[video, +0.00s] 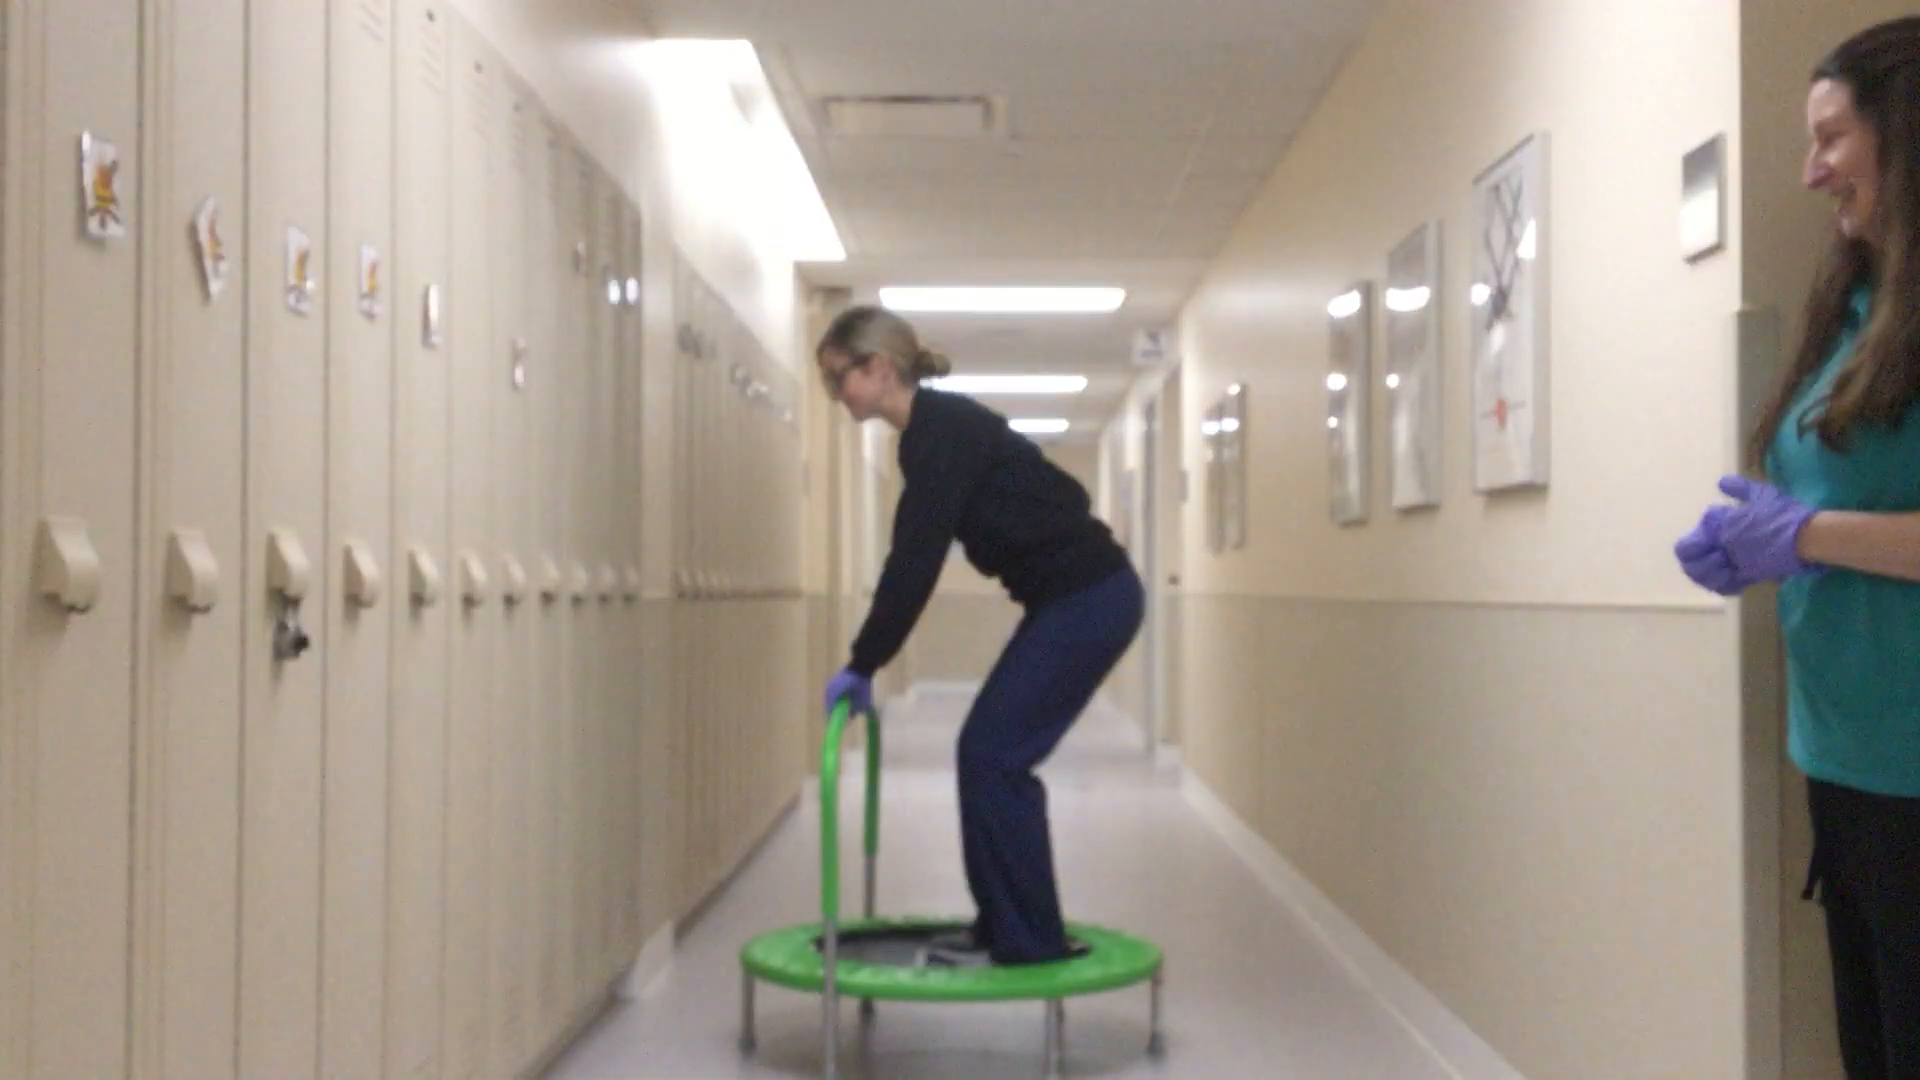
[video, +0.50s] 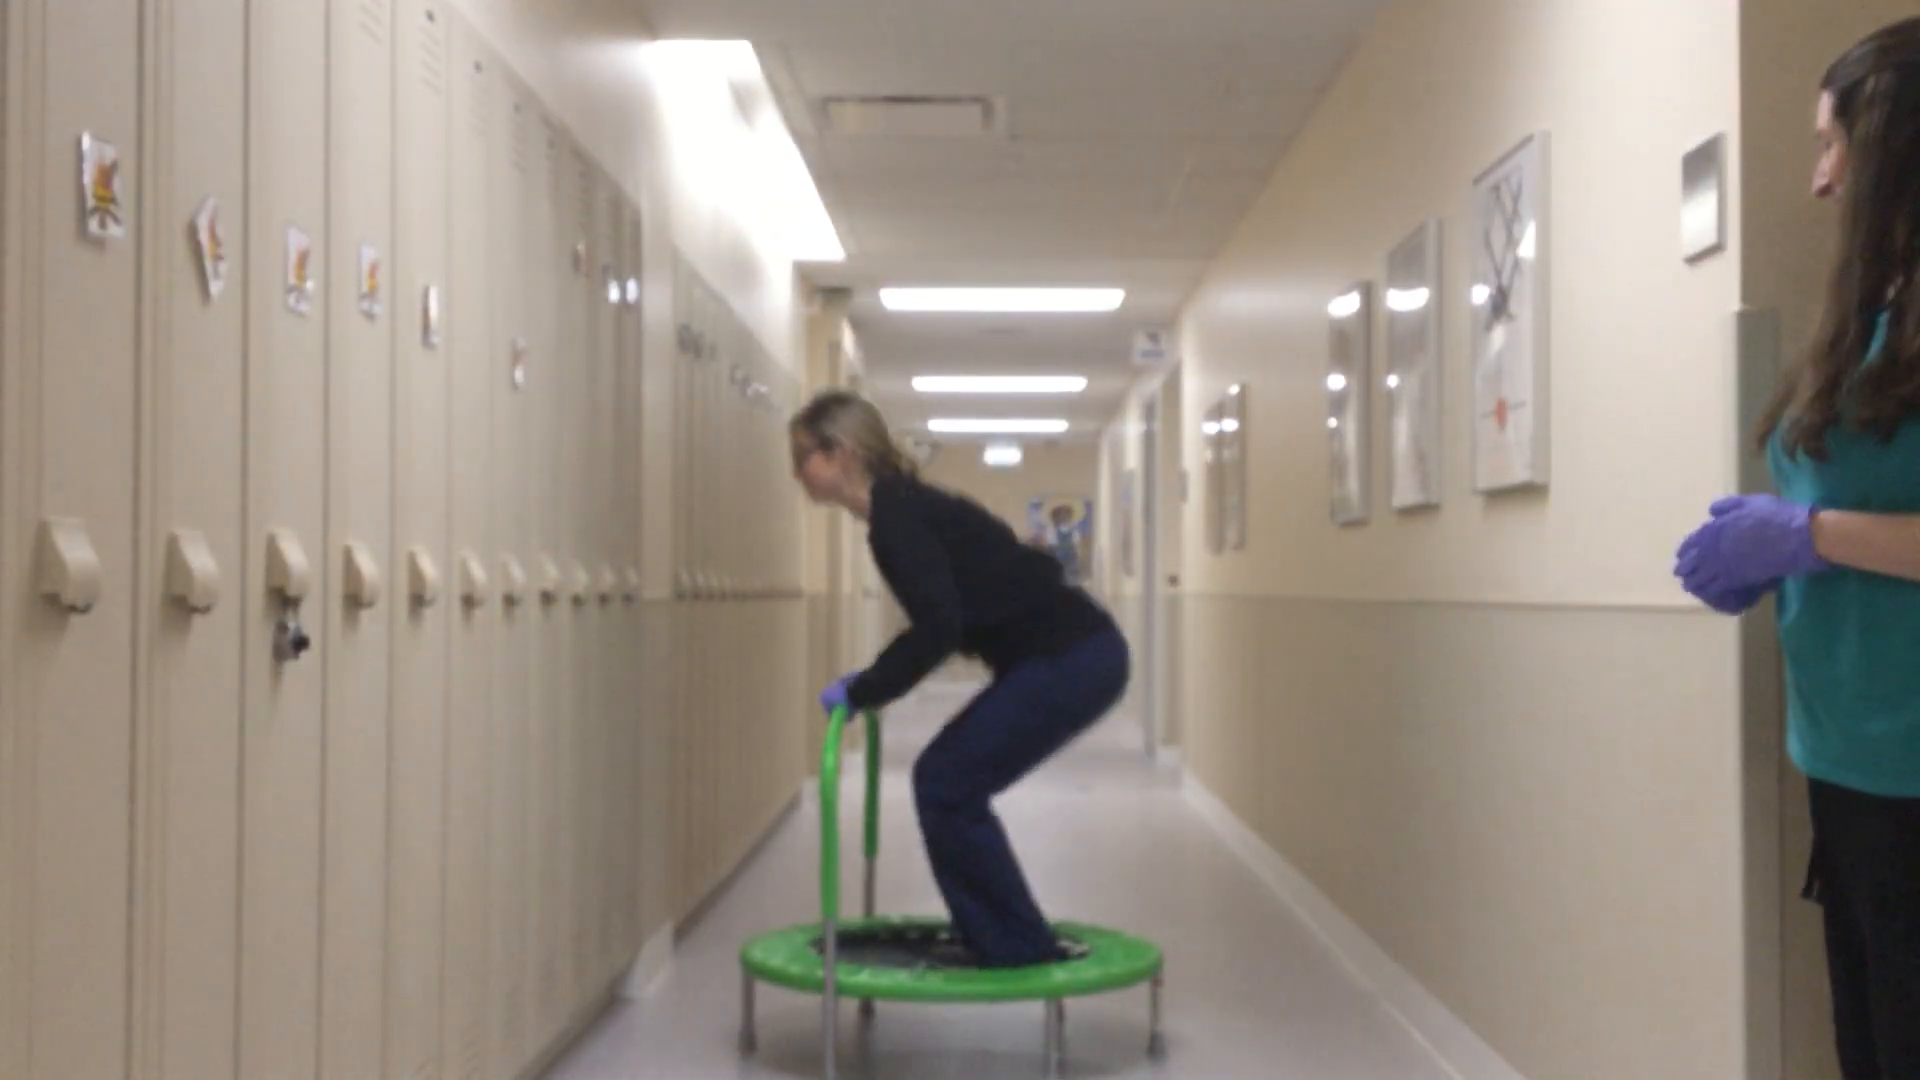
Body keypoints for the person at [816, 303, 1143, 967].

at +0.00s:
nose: (837, 394)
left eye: (841, 376)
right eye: (833, 380)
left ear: (882, 367)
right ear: (884, 371)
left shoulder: (942, 429)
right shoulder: (931, 431)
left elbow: (916, 560)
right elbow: (912, 559)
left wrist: (864, 665)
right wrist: (864, 662)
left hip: (1090, 598)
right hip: (1071, 598)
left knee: (994, 752)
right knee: (986, 749)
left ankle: (1030, 938)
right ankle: (1008, 925)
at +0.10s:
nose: (835, 424)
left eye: (836, 406)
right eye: (829, 410)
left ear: (874, 393)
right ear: (882, 396)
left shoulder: (936, 455)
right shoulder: (929, 456)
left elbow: (922, 584)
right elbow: (920, 582)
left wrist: (860, 677)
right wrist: (862, 674)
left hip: (1092, 617)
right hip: (1073, 616)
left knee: (980, 756)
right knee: (968, 753)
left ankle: (1030, 940)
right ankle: (1003, 927)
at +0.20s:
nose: (833, 458)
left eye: (835, 441)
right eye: (828, 445)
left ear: (871, 430)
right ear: (872, 431)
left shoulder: (934, 491)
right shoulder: (923, 495)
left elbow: (939, 623)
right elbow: (936, 621)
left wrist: (859, 687)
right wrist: (862, 684)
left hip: (1091, 652)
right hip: (1070, 651)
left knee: (955, 767)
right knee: (946, 762)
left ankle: (1021, 942)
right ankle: (1004, 935)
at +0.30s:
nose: (825, 491)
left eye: (830, 474)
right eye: (822, 477)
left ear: (868, 470)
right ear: (867, 472)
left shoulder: (924, 532)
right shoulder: (915, 534)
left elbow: (961, 648)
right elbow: (954, 644)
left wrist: (863, 690)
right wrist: (867, 683)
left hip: (1086, 687)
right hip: (1067, 684)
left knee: (940, 784)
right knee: (932, 778)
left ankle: (1017, 945)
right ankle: (994, 935)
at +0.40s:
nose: (812, 502)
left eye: (819, 485)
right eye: (812, 487)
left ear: (854, 486)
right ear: (857, 487)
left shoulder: (914, 543)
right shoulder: (907, 545)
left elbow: (956, 657)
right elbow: (950, 652)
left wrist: (863, 691)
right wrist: (868, 684)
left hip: (1082, 695)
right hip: (1064, 692)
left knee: (937, 791)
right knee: (929, 784)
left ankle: (1015, 946)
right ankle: (995, 938)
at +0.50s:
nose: (797, 473)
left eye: (802, 457)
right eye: (796, 459)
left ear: (838, 455)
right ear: (841, 456)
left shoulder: (899, 512)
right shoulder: (896, 511)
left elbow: (941, 626)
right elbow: (938, 624)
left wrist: (863, 690)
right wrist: (865, 684)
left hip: (1075, 659)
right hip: (1066, 656)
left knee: (947, 778)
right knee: (943, 775)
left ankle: (1013, 942)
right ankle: (993, 933)